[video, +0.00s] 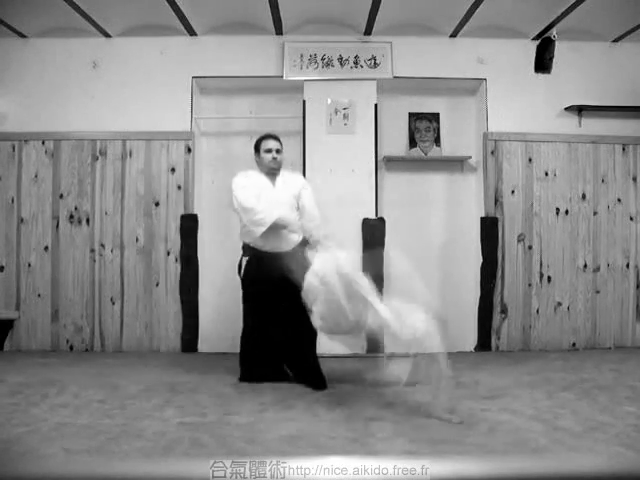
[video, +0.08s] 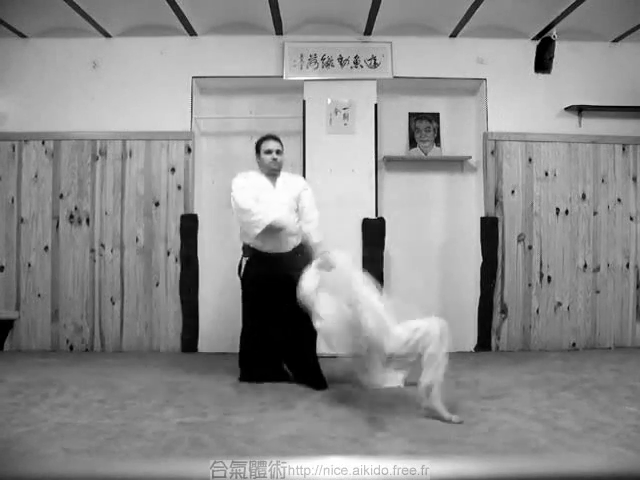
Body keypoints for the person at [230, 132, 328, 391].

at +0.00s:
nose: (274, 155)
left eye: (278, 151)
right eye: (268, 151)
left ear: (283, 155)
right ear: (257, 156)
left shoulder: (297, 182)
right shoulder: (244, 181)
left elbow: (312, 220)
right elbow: (255, 215)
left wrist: (315, 244)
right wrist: (291, 223)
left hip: (292, 258)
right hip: (259, 259)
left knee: (298, 320)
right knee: (259, 320)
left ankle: (308, 374)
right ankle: (258, 373)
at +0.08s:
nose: (275, 156)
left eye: (278, 152)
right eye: (268, 152)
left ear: (284, 156)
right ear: (258, 157)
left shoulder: (298, 184)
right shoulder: (244, 182)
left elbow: (310, 223)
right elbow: (250, 218)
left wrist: (318, 252)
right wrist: (287, 225)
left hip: (293, 260)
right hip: (259, 261)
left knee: (298, 321)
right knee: (258, 321)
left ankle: (307, 374)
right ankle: (258, 373)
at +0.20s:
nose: (276, 157)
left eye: (281, 152)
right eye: (270, 153)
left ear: (288, 156)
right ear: (262, 157)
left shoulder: (300, 188)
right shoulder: (246, 181)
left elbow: (308, 226)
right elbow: (236, 211)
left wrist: (313, 262)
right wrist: (259, 230)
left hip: (288, 260)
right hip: (255, 260)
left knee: (291, 318)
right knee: (256, 319)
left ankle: (307, 374)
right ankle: (256, 371)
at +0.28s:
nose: (279, 157)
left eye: (285, 153)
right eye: (274, 153)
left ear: (292, 157)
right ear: (266, 157)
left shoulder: (302, 190)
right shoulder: (248, 180)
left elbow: (311, 231)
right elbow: (230, 206)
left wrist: (317, 268)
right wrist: (242, 234)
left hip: (286, 262)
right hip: (252, 262)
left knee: (291, 323)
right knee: (254, 323)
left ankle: (309, 377)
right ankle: (257, 374)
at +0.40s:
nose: (283, 158)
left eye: (288, 154)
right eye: (278, 153)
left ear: (295, 158)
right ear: (269, 157)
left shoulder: (305, 191)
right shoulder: (248, 181)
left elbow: (312, 235)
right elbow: (226, 212)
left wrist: (319, 271)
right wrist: (225, 247)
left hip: (287, 264)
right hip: (252, 263)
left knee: (294, 324)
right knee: (253, 323)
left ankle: (308, 377)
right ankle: (256, 374)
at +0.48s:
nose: (281, 158)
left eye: (286, 153)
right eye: (276, 153)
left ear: (294, 158)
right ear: (267, 156)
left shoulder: (304, 190)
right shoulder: (248, 181)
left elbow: (313, 233)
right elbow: (224, 214)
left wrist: (318, 271)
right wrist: (209, 252)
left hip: (286, 264)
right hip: (251, 263)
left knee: (293, 323)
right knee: (252, 322)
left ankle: (309, 377)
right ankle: (255, 373)